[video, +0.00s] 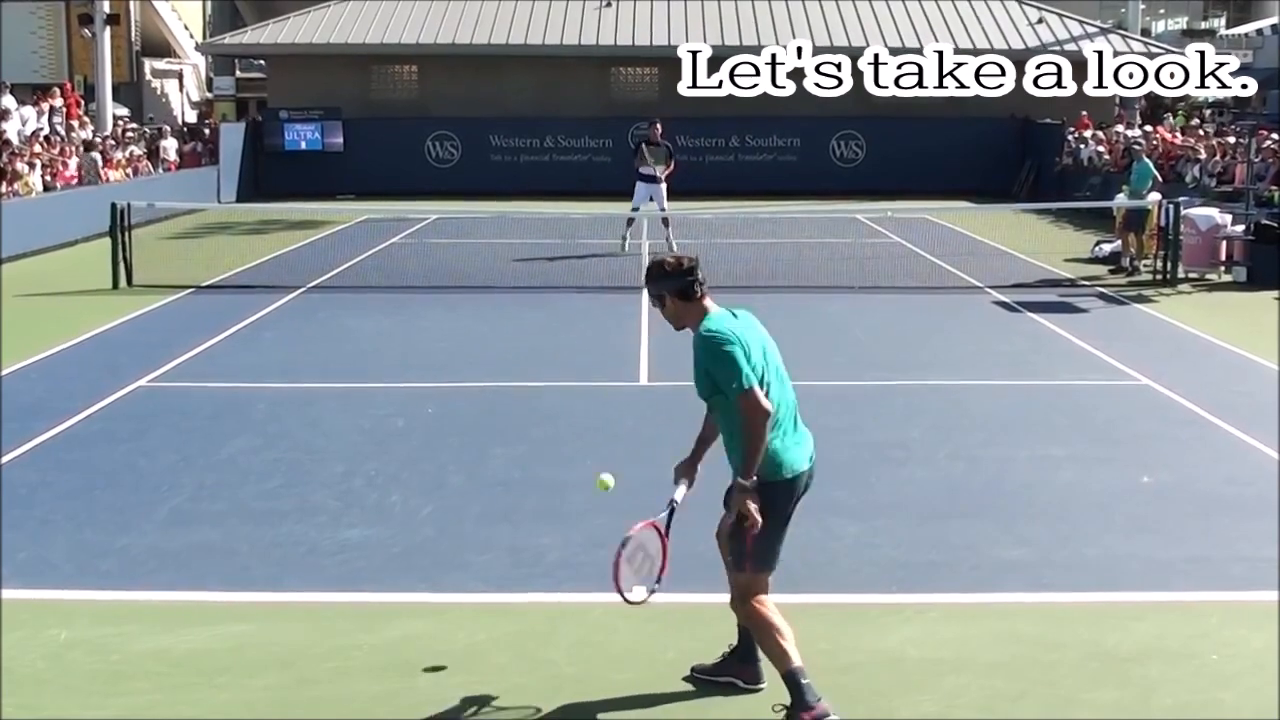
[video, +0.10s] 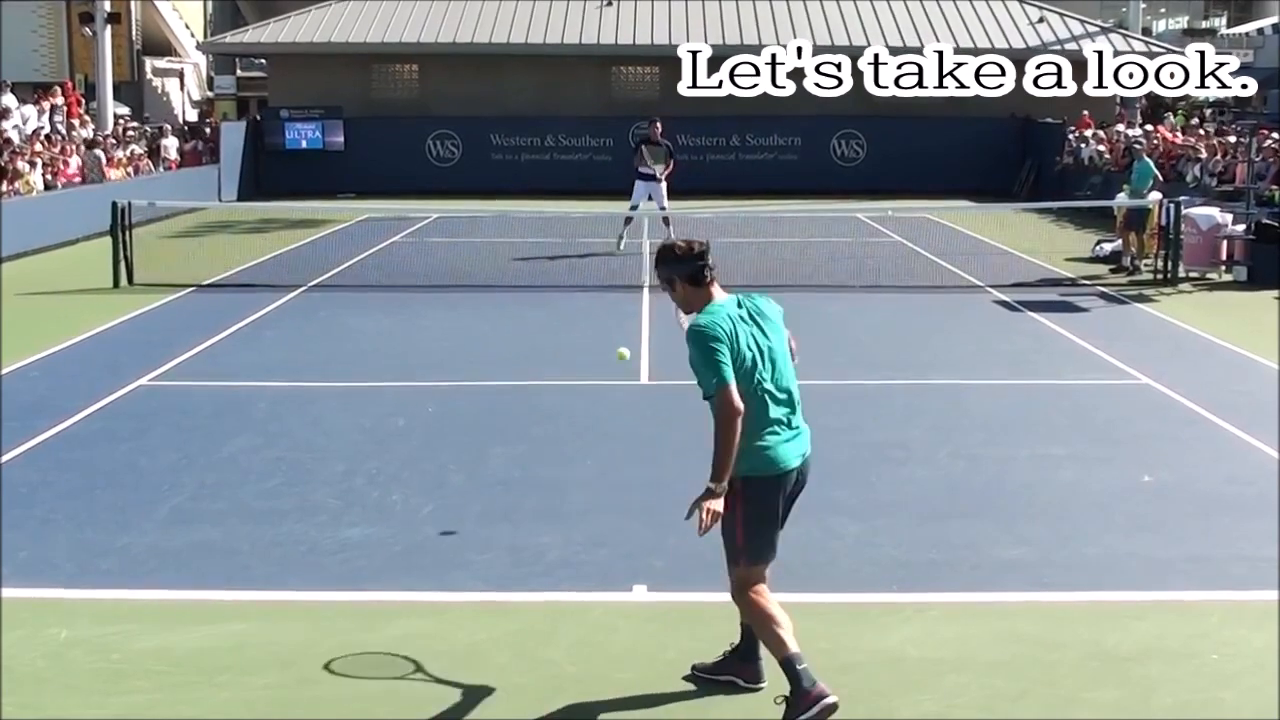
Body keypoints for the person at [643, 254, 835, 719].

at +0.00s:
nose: (660, 313)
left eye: (660, 303)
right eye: (657, 305)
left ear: (680, 298)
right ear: (693, 292)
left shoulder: (715, 339)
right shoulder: (731, 320)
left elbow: (757, 410)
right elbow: (722, 403)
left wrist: (744, 485)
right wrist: (694, 458)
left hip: (776, 473)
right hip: (787, 459)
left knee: (748, 596)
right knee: (728, 539)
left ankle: (806, 699)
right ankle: (745, 659)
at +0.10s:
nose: (671, 299)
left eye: (670, 289)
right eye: (667, 290)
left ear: (684, 284)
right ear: (710, 275)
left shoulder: (706, 329)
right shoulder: (761, 304)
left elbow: (731, 410)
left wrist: (717, 486)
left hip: (759, 469)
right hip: (794, 459)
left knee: (749, 587)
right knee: (746, 563)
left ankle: (806, 686)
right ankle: (746, 657)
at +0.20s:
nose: (678, 275)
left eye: (678, 266)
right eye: (677, 266)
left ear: (690, 266)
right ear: (722, 258)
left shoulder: (708, 310)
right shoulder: (772, 286)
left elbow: (714, 387)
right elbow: (829, 289)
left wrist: (686, 460)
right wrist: (866, 272)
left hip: (751, 458)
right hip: (790, 448)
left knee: (734, 574)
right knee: (751, 550)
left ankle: (798, 677)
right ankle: (746, 658)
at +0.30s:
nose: (690, 256)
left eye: (689, 249)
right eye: (692, 247)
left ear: (696, 252)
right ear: (735, 244)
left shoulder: (712, 299)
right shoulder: (781, 274)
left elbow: (702, 372)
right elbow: (850, 261)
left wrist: (662, 441)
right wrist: (913, 230)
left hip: (748, 453)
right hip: (792, 445)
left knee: (722, 563)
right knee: (758, 546)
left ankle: (789, 676)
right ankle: (750, 656)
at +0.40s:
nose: (704, 254)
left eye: (703, 247)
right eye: (706, 246)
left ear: (709, 251)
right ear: (750, 247)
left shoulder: (707, 302)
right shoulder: (789, 279)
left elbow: (684, 374)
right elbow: (867, 267)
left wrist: (637, 441)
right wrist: (942, 228)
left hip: (748, 456)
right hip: (798, 449)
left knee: (723, 568)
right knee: (769, 551)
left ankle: (774, 687)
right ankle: (750, 658)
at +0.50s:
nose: (721, 256)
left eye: (719, 250)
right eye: (743, 248)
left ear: (717, 256)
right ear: (762, 253)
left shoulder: (700, 314)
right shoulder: (794, 295)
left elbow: (661, 387)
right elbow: (876, 293)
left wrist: (617, 454)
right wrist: (954, 267)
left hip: (747, 466)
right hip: (804, 459)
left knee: (742, 579)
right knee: (780, 562)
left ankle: (778, 695)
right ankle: (752, 658)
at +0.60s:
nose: (735, 249)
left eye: (731, 241)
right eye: (758, 241)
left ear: (728, 246)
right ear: (773, 245)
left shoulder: (706, 301)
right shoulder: (800, 290)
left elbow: (668, 375)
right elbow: (882, 309)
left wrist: (635, 440)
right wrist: (960, 306)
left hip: (746, 461)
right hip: (806, 452)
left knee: (756, 580)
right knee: (792, 561)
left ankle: (780, 698)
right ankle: (770, 655)